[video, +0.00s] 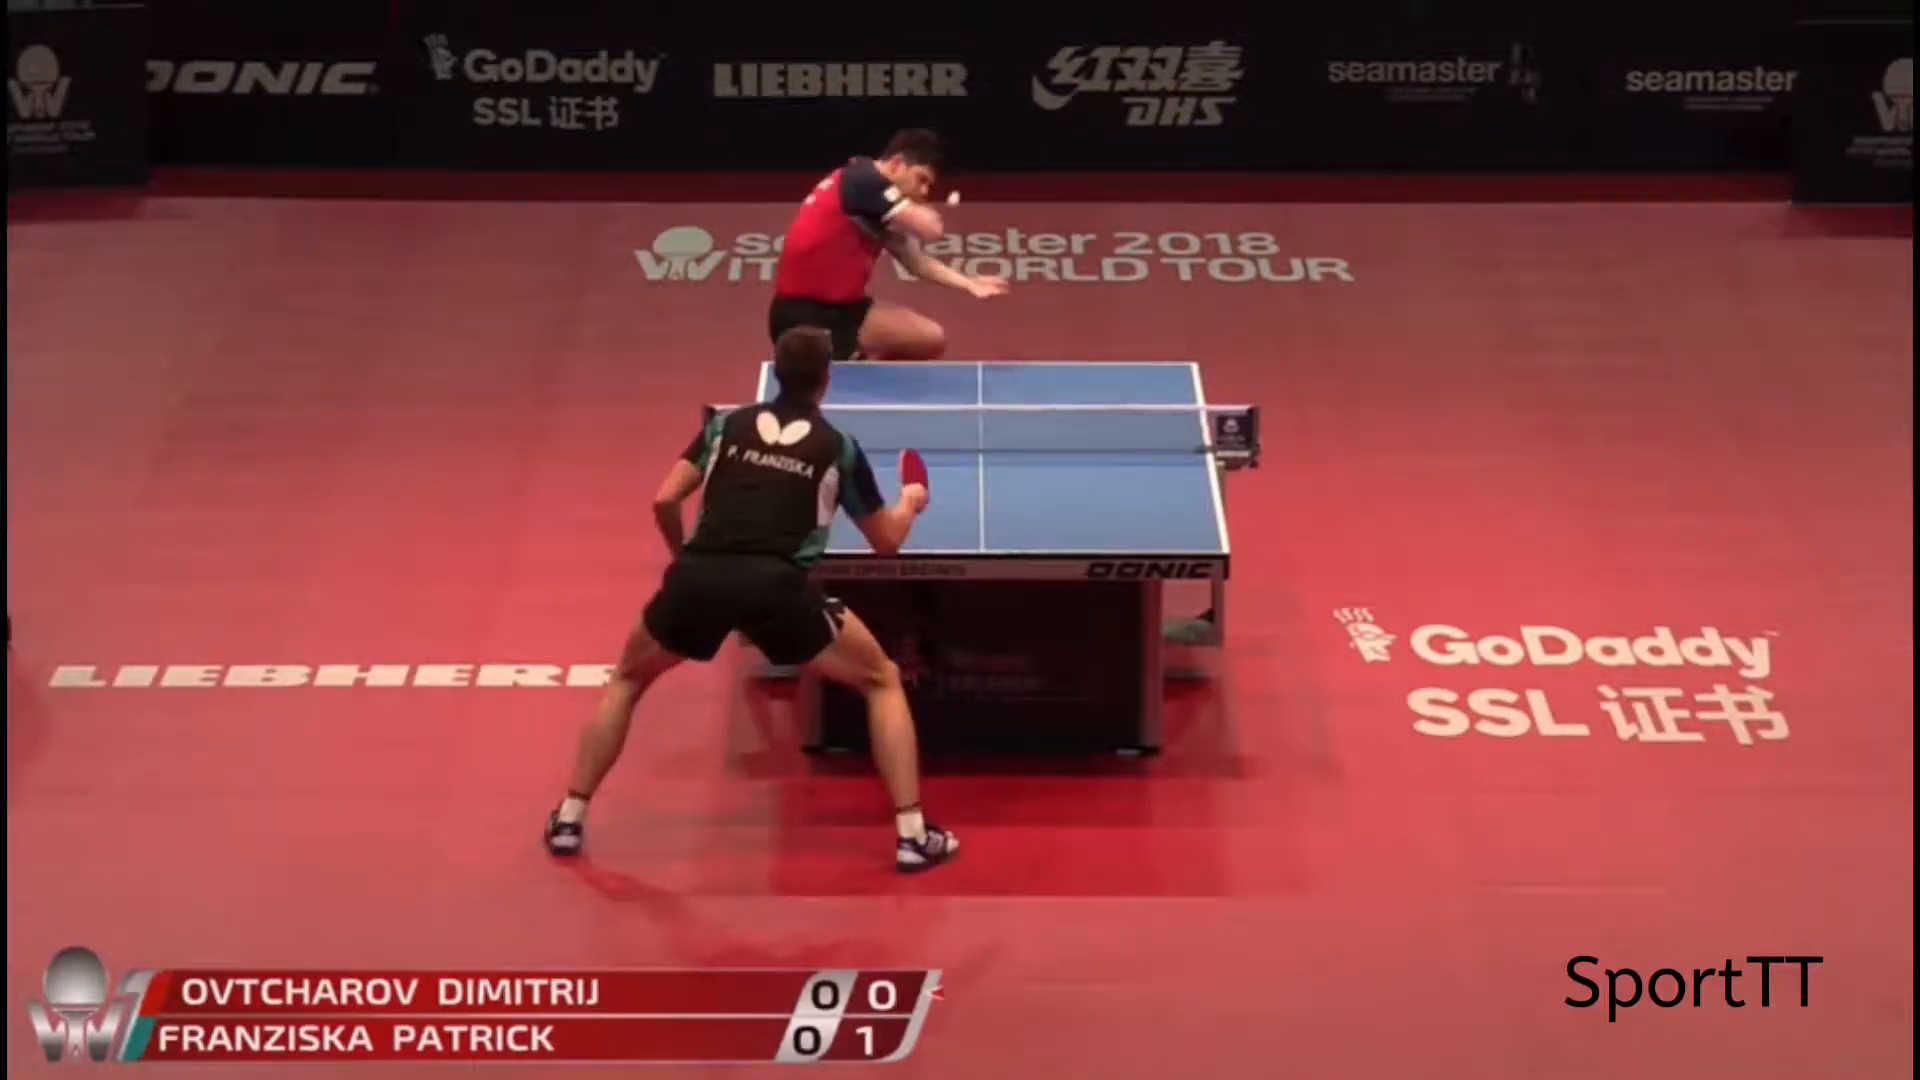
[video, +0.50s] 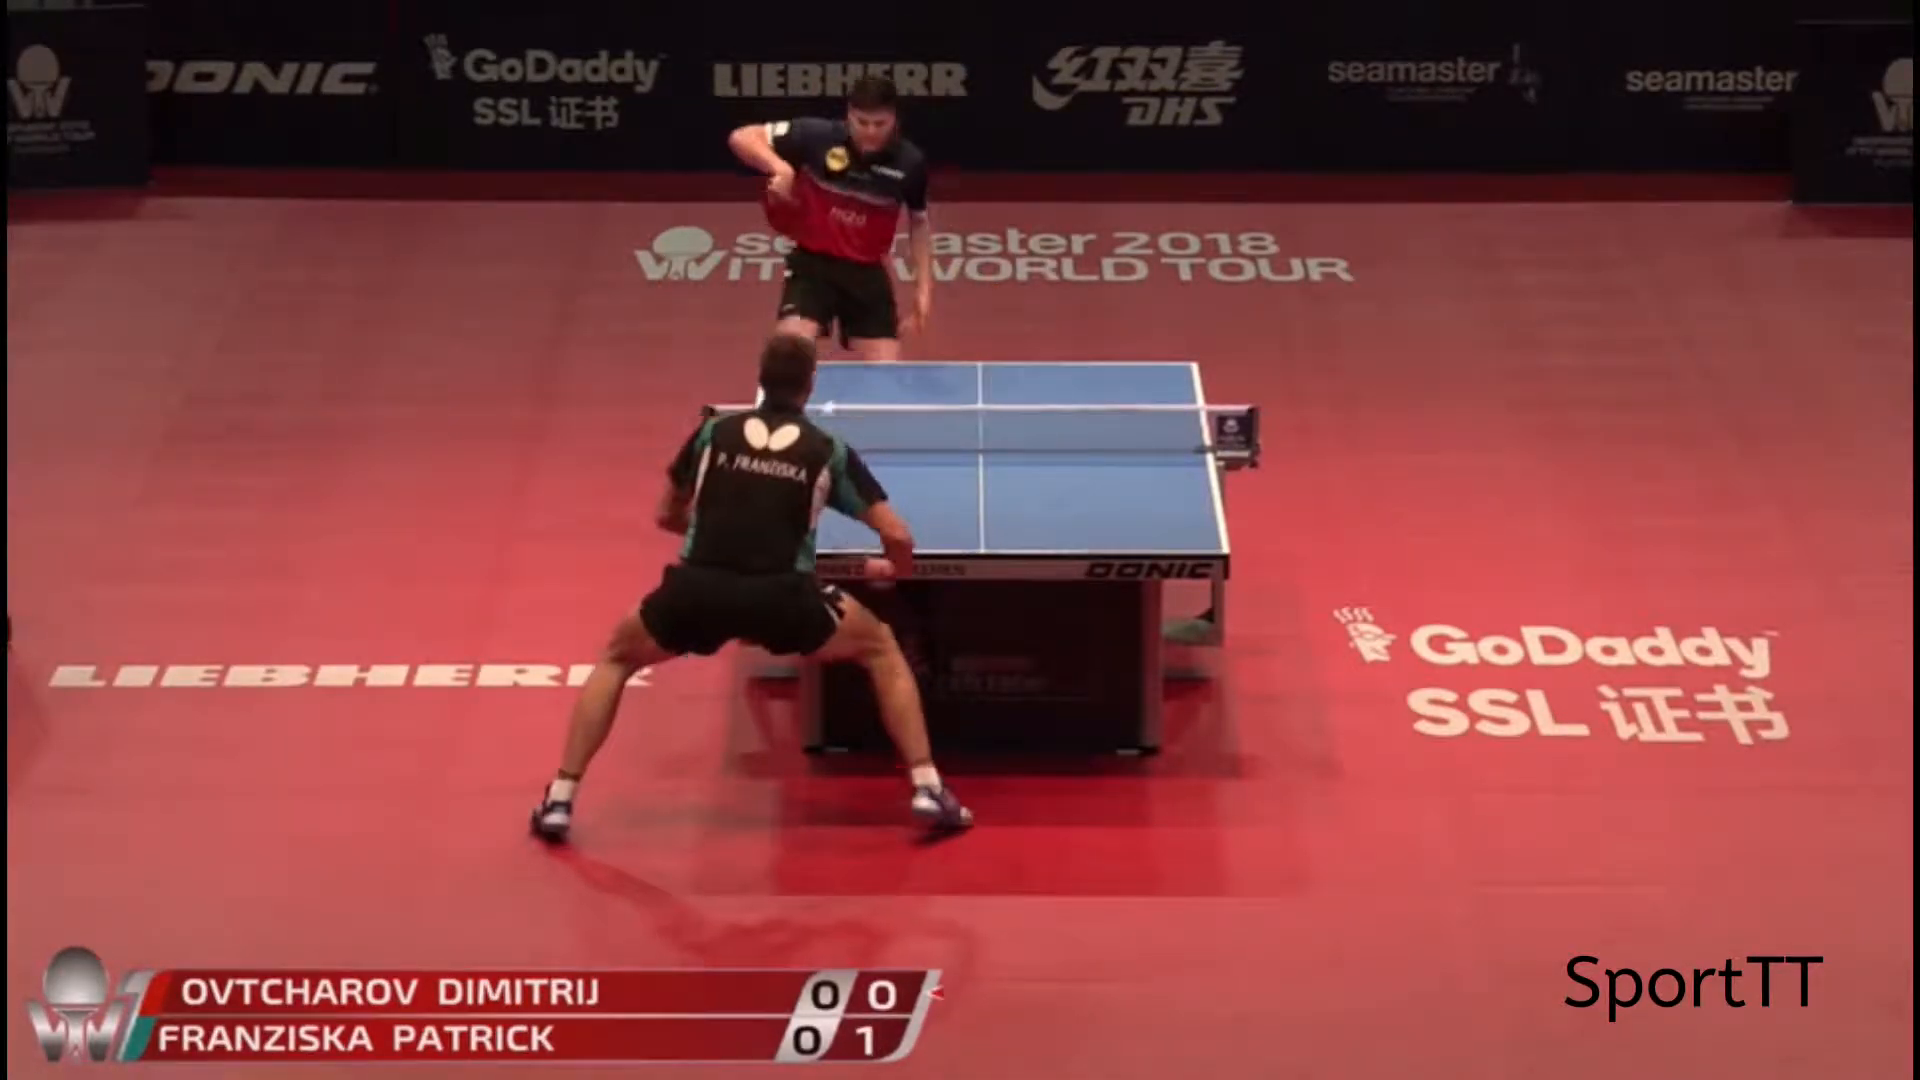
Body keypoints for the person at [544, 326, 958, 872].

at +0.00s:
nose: (819, 378)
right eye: (823, 370)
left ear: (775, 374)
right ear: (827, 378)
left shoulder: (726, 425)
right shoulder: (837, 447)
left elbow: (665, 502)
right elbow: (887, 538)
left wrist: (683, 562)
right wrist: (911, 502)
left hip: (699, 577)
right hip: (777, 586)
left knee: (628, 680)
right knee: (880, 680)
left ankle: (568, 816)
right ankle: (914, 833)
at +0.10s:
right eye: (820, 369)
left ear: (771, 373)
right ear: (823, 377)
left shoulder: (724, 420)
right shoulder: (834, 445)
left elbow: (659, 495)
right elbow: (885, 536)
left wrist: (680, 549)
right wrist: (910, 501)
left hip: (695, 576)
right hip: (773, 585)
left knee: (625, 677)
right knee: (876, 682)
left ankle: (568, 815)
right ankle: (913, 832)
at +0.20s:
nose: (817, 350)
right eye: (819, 342)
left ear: (768, 343)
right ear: (820, 350)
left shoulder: (717, 392)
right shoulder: (830, 421)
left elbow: (650, 460)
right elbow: (877, 515)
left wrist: (685, 493)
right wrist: (914, 501)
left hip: (691, 549)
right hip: (769, 561)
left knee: (628, 663)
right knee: (864, 657)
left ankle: (565, 798)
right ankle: (906, 801)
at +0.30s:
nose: (818, 348)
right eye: (820, 342)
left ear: (769, 341)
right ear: (820, 349)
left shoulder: (718, 390)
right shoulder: (830, 419)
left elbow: (652, 460)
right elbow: (878, 514)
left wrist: (687, 491)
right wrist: (911, 509)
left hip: (691, 547)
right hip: (770, 559)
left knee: (629, 657)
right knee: (862, 656)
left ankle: (564, 789)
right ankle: (914, 802)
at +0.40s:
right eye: (813, 361)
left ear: (762, 366)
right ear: (813, 375)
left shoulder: (714, 420)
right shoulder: (830, 444)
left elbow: (663, 505)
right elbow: (895, 530)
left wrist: (708, 523)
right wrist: (903, 557)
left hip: (695, 582)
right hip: (780, 590)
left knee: (618, 662)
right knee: (874, 655)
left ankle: (563, 800)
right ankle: (925, 798)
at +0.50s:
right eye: (808, 372)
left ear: (760, 377)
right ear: (810, 384)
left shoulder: (714, 430)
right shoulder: (828, 449)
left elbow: (669, 514)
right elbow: (897, 535)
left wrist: (705, 527)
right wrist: (898, 569)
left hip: (699, 592)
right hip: (783, 599)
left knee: (617, 659)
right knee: (879, 648)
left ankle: (560, 798)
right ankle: (928, 788)